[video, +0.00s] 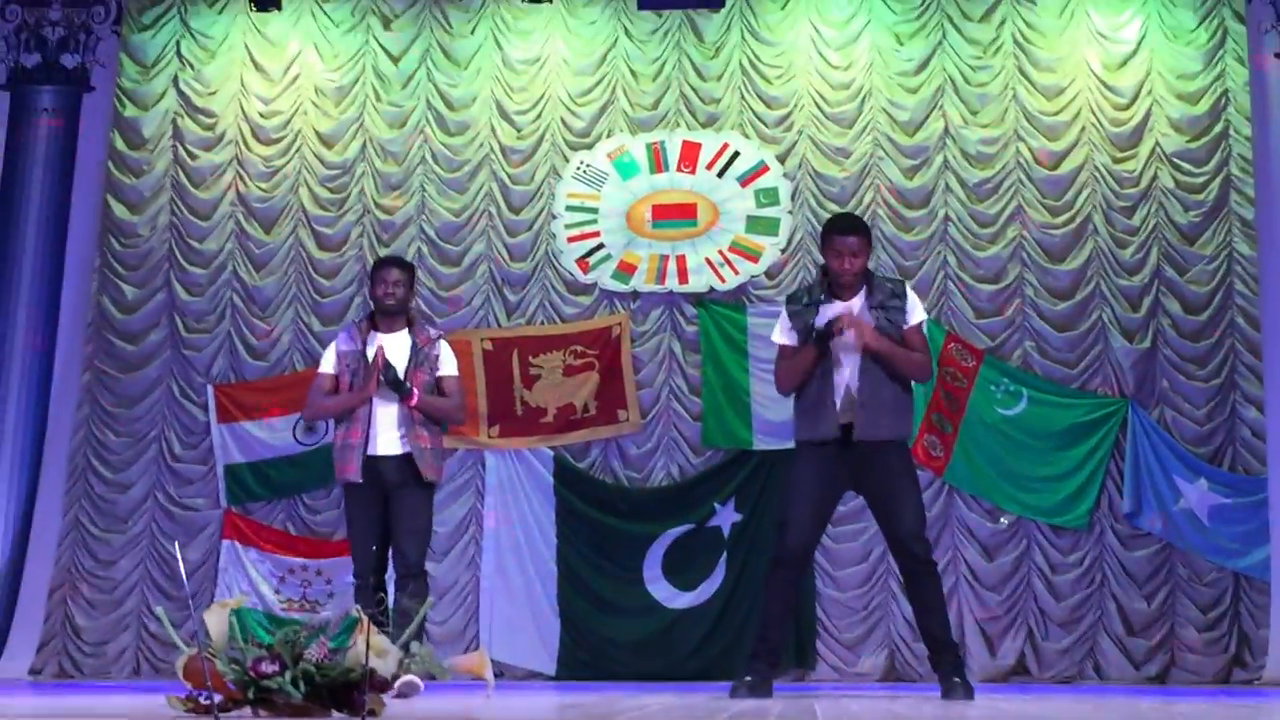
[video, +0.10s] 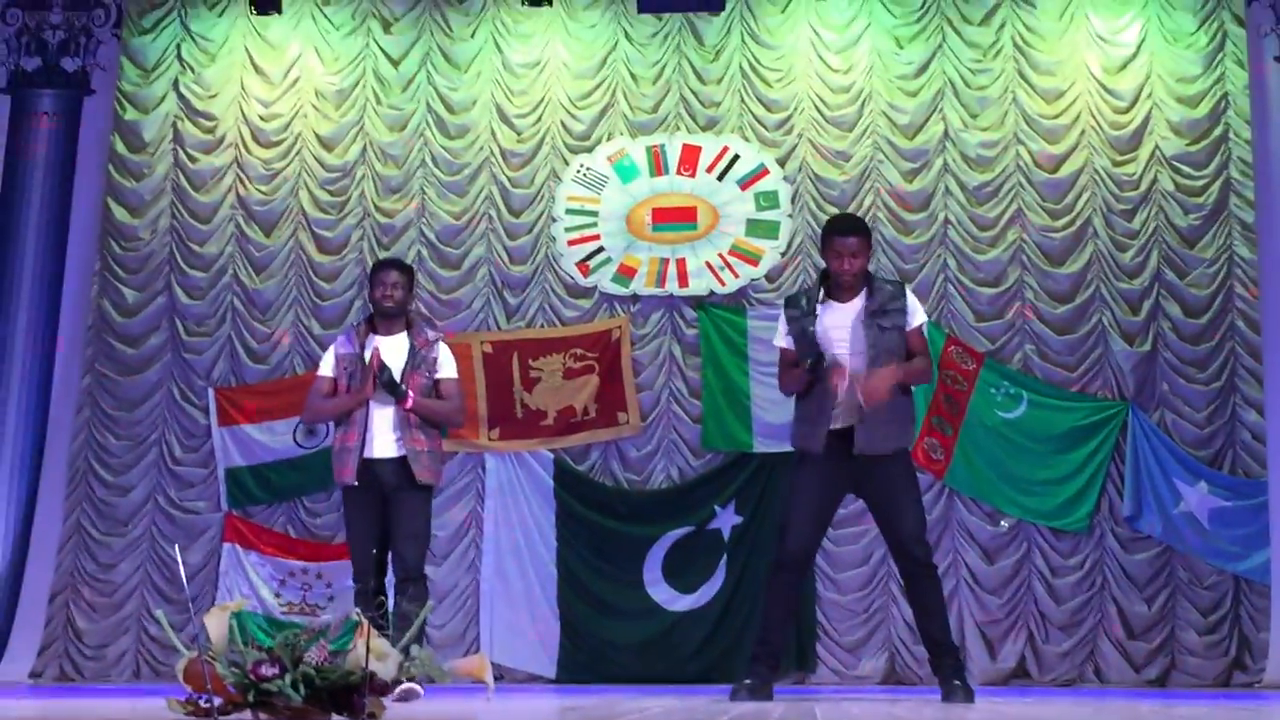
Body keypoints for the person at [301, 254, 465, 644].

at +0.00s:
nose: (390, 291)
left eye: (399, 285)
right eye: (383, 284)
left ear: (412, 292)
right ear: (371, 290)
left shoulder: (433, 343)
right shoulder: (345, 343)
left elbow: (456, 413)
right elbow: (313, 408)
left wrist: (411, 395)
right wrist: (363, 393)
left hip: (412, 467)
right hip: (361, 468)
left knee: (411, 566)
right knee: (367, 569)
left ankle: (407, 656)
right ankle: (371, 657)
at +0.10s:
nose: (389, 293)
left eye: (397, 287)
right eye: (381, 286)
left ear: (411, 295)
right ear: (369, 293)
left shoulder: (433, 348)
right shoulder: (344, 347)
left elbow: (454, 414)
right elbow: (312, 411)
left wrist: (404, 396)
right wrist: (359, 396)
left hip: (412, 471)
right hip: (360, 471)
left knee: (409, 570)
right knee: (366, 573)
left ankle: (407, 667)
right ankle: (372, 668)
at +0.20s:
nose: (383, 293)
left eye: (392, 286)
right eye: (376, 286)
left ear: (406, 293)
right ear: (365, 292)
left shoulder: (430, 346)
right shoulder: (339, 346)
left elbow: (446, 413)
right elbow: (306, 409)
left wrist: (398, 394)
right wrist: (353, 393)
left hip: (406, 470)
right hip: (353, 471)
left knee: (403, 570)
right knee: (361, 575)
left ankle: (400, 666)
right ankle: (370, 668)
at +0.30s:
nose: (387, 296)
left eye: (395, 289)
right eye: (380, 289)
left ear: (410, 296)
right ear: (369, 295)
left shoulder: (435, 352)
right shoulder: (344, 350)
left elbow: (452, 417)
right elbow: (309, 412)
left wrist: (400, 398)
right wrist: (357, 397)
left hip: (408, 474)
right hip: (356, 474)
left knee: (408, 575)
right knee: (361, 578)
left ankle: (403, 675)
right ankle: (370, 674)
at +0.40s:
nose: (399, 302)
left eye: (408, 296)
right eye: (393, 296)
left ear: (424, 303)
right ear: (383, 303)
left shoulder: (448, 354)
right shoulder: (360, 353)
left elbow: (472, 418)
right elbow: (326, 420)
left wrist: (425, 397)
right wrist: (363, 387)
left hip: (423, 481)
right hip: (370, 482)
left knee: (421, 582)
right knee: (373, 588)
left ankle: (418, 683)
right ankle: (386, 681)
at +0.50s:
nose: (401, 308)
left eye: (410, 301)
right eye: (394, 300)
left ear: (426, 307)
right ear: (385, 305)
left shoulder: (451, 359)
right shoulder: (365, 358)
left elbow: (476, 423)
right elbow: (342, 432)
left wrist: (438, 403)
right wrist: (357, 409)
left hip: (428, 490)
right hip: (377, 489)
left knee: (423, 589)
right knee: (371, 591)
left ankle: (421, 685)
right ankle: (387, 682)